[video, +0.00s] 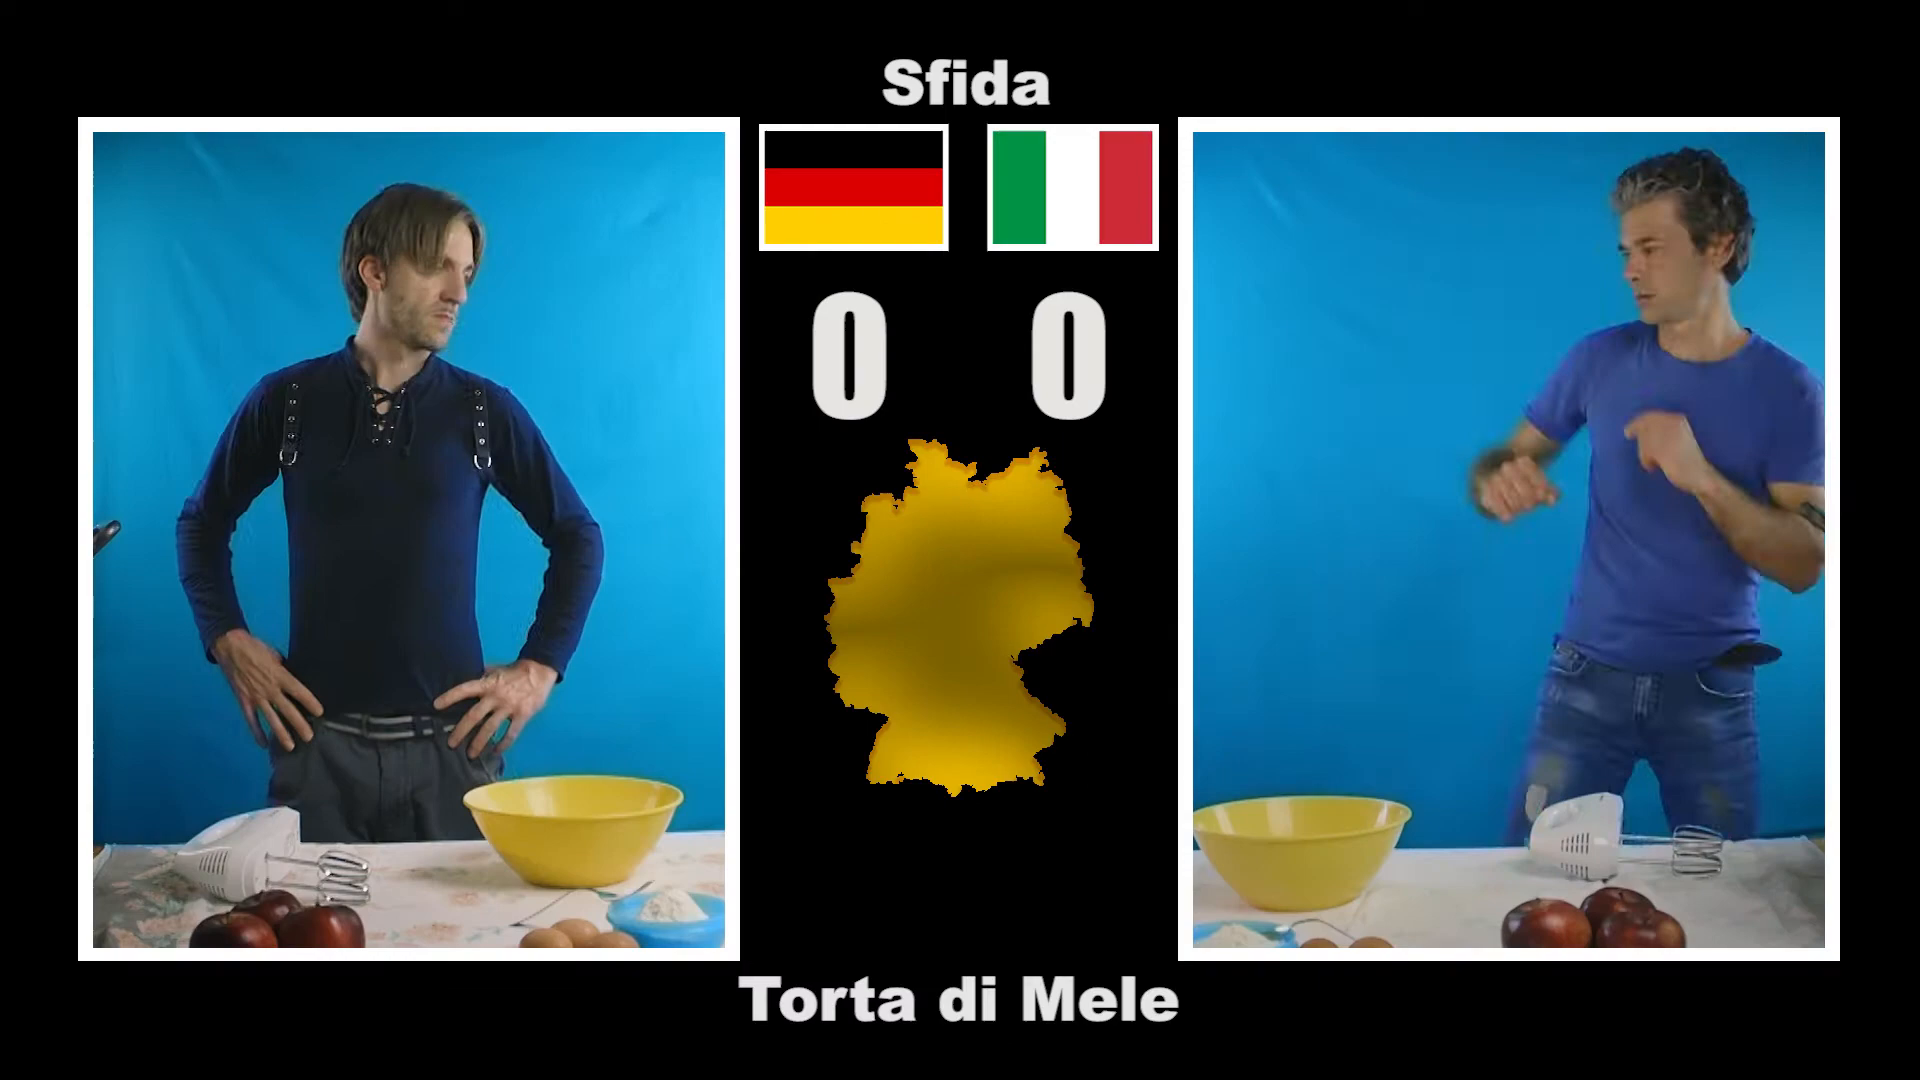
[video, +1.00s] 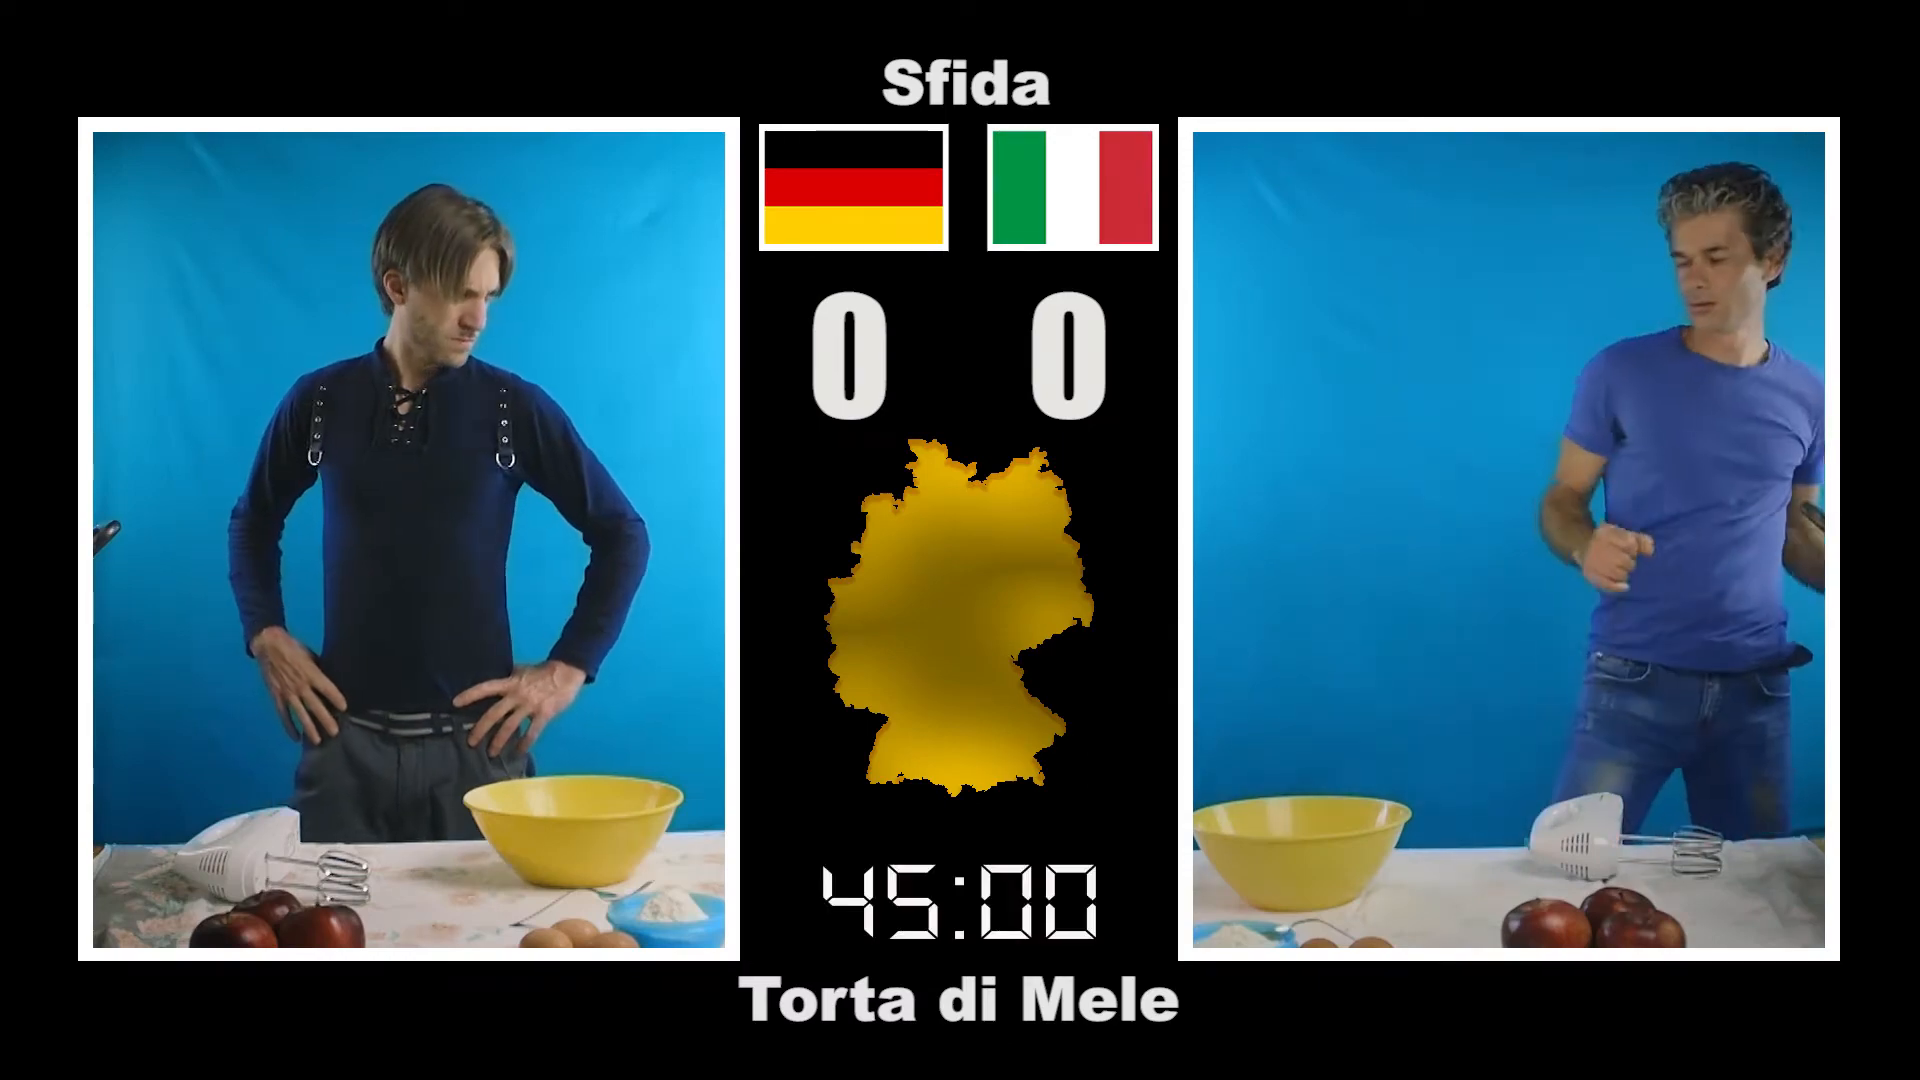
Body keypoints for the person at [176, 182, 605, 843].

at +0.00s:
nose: (457, 291)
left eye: (465, 274)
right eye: (435, 267)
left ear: (471, 281)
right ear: (372, 272)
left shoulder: (485, 411)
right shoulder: (286, 403)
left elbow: (578, 538)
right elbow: (202, 524)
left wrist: (539, 668)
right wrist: (228, 638)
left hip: (451, 753)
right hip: (320, 752)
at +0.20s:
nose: (462, 302)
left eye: (469, 283)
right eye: (442, 278)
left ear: (474, 284)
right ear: (376, 279)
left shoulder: (489, 411)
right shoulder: (290, 404)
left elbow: (584, 539)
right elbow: (209, 525)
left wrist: (543, 669)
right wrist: (232, 639)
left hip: (454, 753)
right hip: (324, 754)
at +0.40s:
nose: (465, 308)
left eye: (472, 288)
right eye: (447, 285)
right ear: (380, 281)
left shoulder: (493, 411)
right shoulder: (295, 406)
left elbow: (593, 538)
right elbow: (216, 527)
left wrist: (549, 668)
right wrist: (238, 639)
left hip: (459, 754)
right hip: (329, 754)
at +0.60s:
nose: (467, 312)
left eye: (474, 293)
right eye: (449, 289)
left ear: (479, 292)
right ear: (384, 283)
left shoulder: (499, 410)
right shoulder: (302, 406)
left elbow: (602, 534)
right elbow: (227, 525)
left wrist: (556, 666)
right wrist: (246, 638)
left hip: (465, 754)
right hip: (335, 751)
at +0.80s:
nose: (470, 316)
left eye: (478, 295)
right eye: (452, 293)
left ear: (486, 292)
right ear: (386, 285)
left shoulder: (505, 410)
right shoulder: (310, 406)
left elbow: (611, 533)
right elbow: (239, 525)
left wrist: (562, 667)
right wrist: (256, 637)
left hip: (471, 753)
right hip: (342, 750)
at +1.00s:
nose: (476, 317)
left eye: (487, 297)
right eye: (459, 295)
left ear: (497, 295)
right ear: (395, 283)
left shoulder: (515, 411)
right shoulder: (320, 404)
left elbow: (621, 534)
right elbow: (254, 521)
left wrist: (567, 668)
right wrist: (265, 634)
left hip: (475, 752)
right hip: (345, 748)